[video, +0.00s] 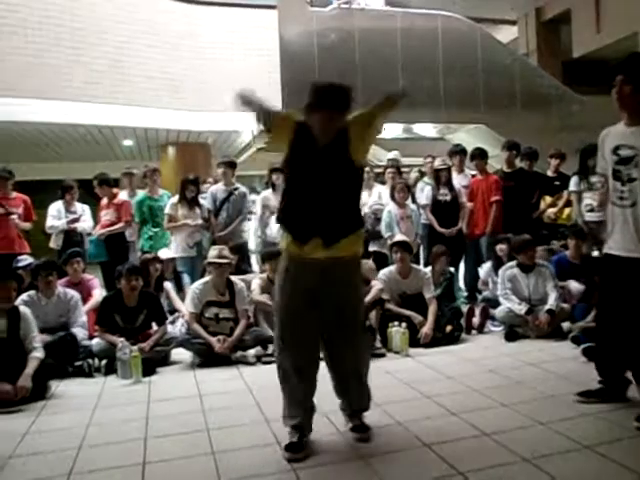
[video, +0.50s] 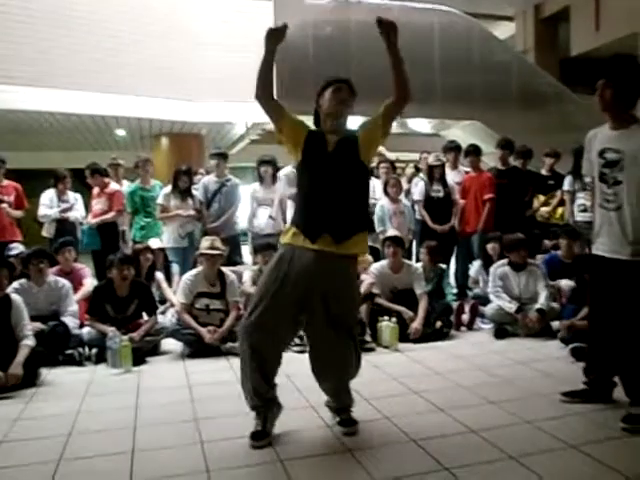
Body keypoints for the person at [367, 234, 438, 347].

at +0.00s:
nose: (400, 256)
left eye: (403, 252)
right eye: (396, 252)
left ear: (410, 254)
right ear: (392, 256)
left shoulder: (422, 274)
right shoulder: (385, 275)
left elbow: (432, 301)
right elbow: (386, 303)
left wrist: (429, 326)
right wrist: (412, 315)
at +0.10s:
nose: (400, 256)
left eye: (403, 252)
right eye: (396, 252)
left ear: (409, 254)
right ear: (392, 255)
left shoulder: (420, 274)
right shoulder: (384, 275)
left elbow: (432, 301)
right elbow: (385, 303)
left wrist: (428, 326)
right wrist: (412, 315)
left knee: (415, 298)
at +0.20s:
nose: (402, 255)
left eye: (406, 251)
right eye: (398, 251)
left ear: (412, 254)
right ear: (394, 254)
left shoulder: (425, 273)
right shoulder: (387, 273)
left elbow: (433, 301)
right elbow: (386, 302)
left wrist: (429, 326)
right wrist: (411, 314)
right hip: (398, 305)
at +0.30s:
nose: (398, 253)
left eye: (402, 248)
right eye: (394, 249)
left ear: (408, 251)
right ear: (390, 252)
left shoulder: (421, 271)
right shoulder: (383, 271)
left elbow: (429, 299)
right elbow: (382, 299)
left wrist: (425, 324)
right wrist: (408, 312)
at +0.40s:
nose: (397, 252)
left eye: (401, 248)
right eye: (394, 248)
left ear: (407, 251)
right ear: (389, 251)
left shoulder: (419, 271)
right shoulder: (382, 271)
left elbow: (428, 298)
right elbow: (380, 299)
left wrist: (424, 323)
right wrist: (407, 312)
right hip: (391, 306)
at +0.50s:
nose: (393, 250)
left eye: (396, 246)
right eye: (389, 247)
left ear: (402, 249)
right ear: (384, 250)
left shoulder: (414, 269)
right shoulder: (377, 269)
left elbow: (423, 297)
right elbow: (375, 298)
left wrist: (418, 322)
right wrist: (402, 310)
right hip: (386, 304)